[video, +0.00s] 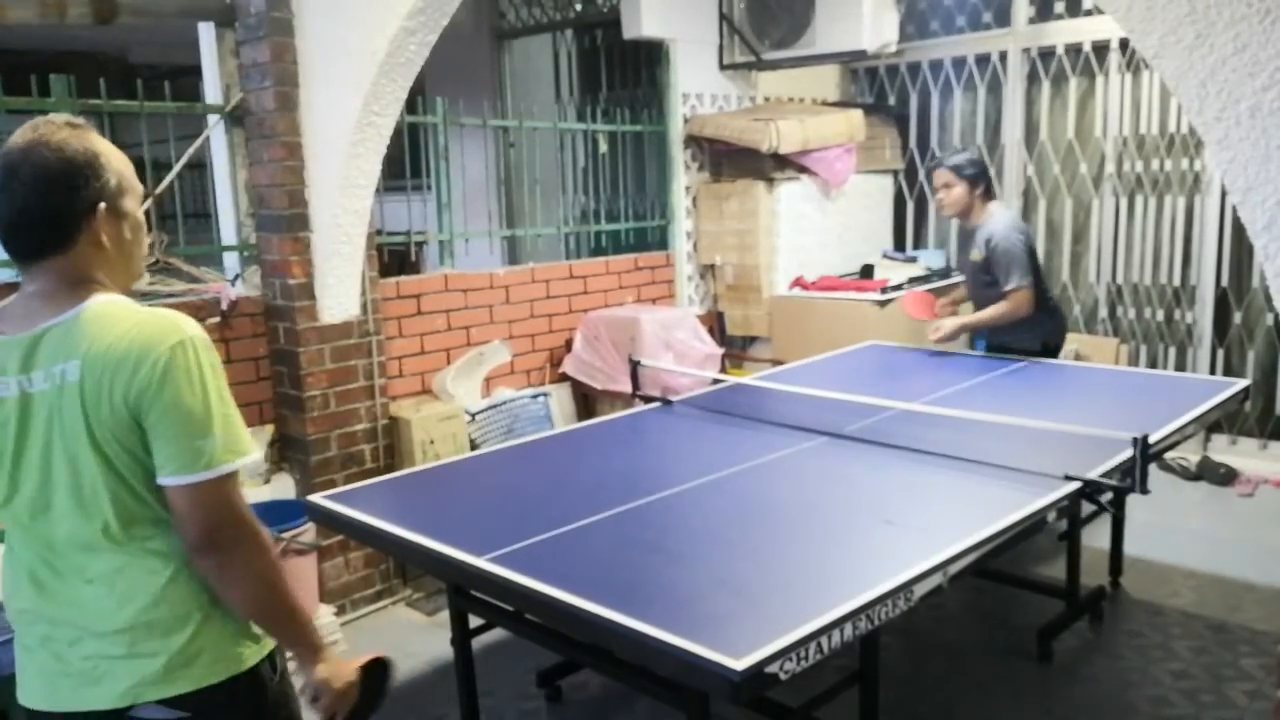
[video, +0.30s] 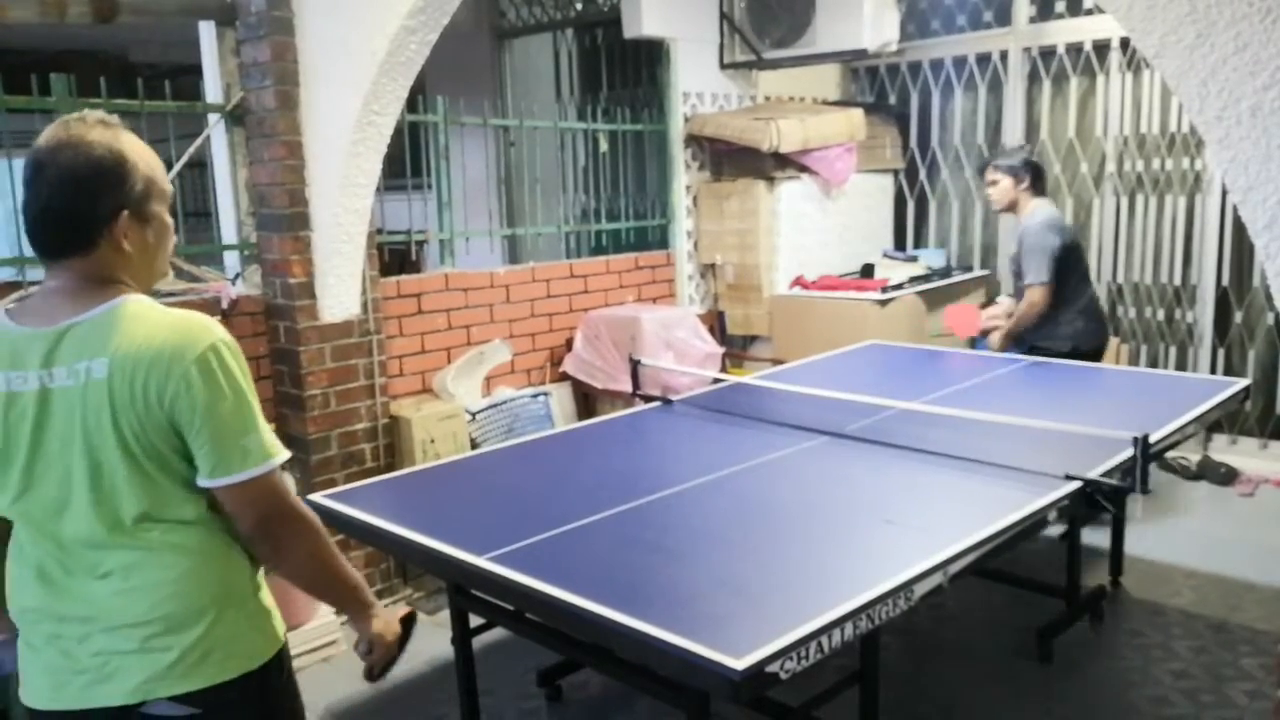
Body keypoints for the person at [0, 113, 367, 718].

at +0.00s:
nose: (149, 231)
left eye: (146, 213)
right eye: (141, 213)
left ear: (17, 230)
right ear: (103, 223)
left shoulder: (7, 333)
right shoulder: (157, 340)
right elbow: (214, 532)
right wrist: (312, 654)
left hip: (50, 682)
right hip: (187, 681)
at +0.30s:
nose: (175, 229)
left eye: (172, 211)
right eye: (166, 211)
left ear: (44, 225)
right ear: (124, 230)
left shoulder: (8, 335)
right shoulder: (182, 343)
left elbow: (13, 515)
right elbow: (265, 517)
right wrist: (363, 608)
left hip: (54, 673)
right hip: (198, 669)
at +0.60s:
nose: (184, 230)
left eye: (183, 212)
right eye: (177, 213)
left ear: (53, 225)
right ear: (134, 230)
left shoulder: (9, 334)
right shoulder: (190, 342)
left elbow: (11, 509)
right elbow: (256, 528)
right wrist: (330, 611)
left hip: (62, 670)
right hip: (205, 667)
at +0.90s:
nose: (186, 228)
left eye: (182, 210)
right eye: (176, 212)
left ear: (52, 228)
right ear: (129, 231)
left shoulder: (11, 335)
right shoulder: (178, 344)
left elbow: (9, 522)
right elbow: (237, 536)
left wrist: (44, 609)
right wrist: (316, 614)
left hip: (61, 670)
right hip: (200, 673)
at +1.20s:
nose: (197, 229)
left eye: (193, 212)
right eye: (187, 213)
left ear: (62, 229)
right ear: (137, 230)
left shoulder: (13, 336)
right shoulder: (174, 343)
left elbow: (10, 512)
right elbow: (230, 538)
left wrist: (21, 608)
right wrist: (327, 605)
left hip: (57, 673)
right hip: (191, 675)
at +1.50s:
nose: (317, 256)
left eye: (315, 237)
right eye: (308, 239)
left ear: (199, 245)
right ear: (260, 251)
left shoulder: (99, 326)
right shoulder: (280, 376)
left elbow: (66, 495)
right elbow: (311, 561)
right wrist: (452, 553)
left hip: (75, 670)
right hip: (219, 681)